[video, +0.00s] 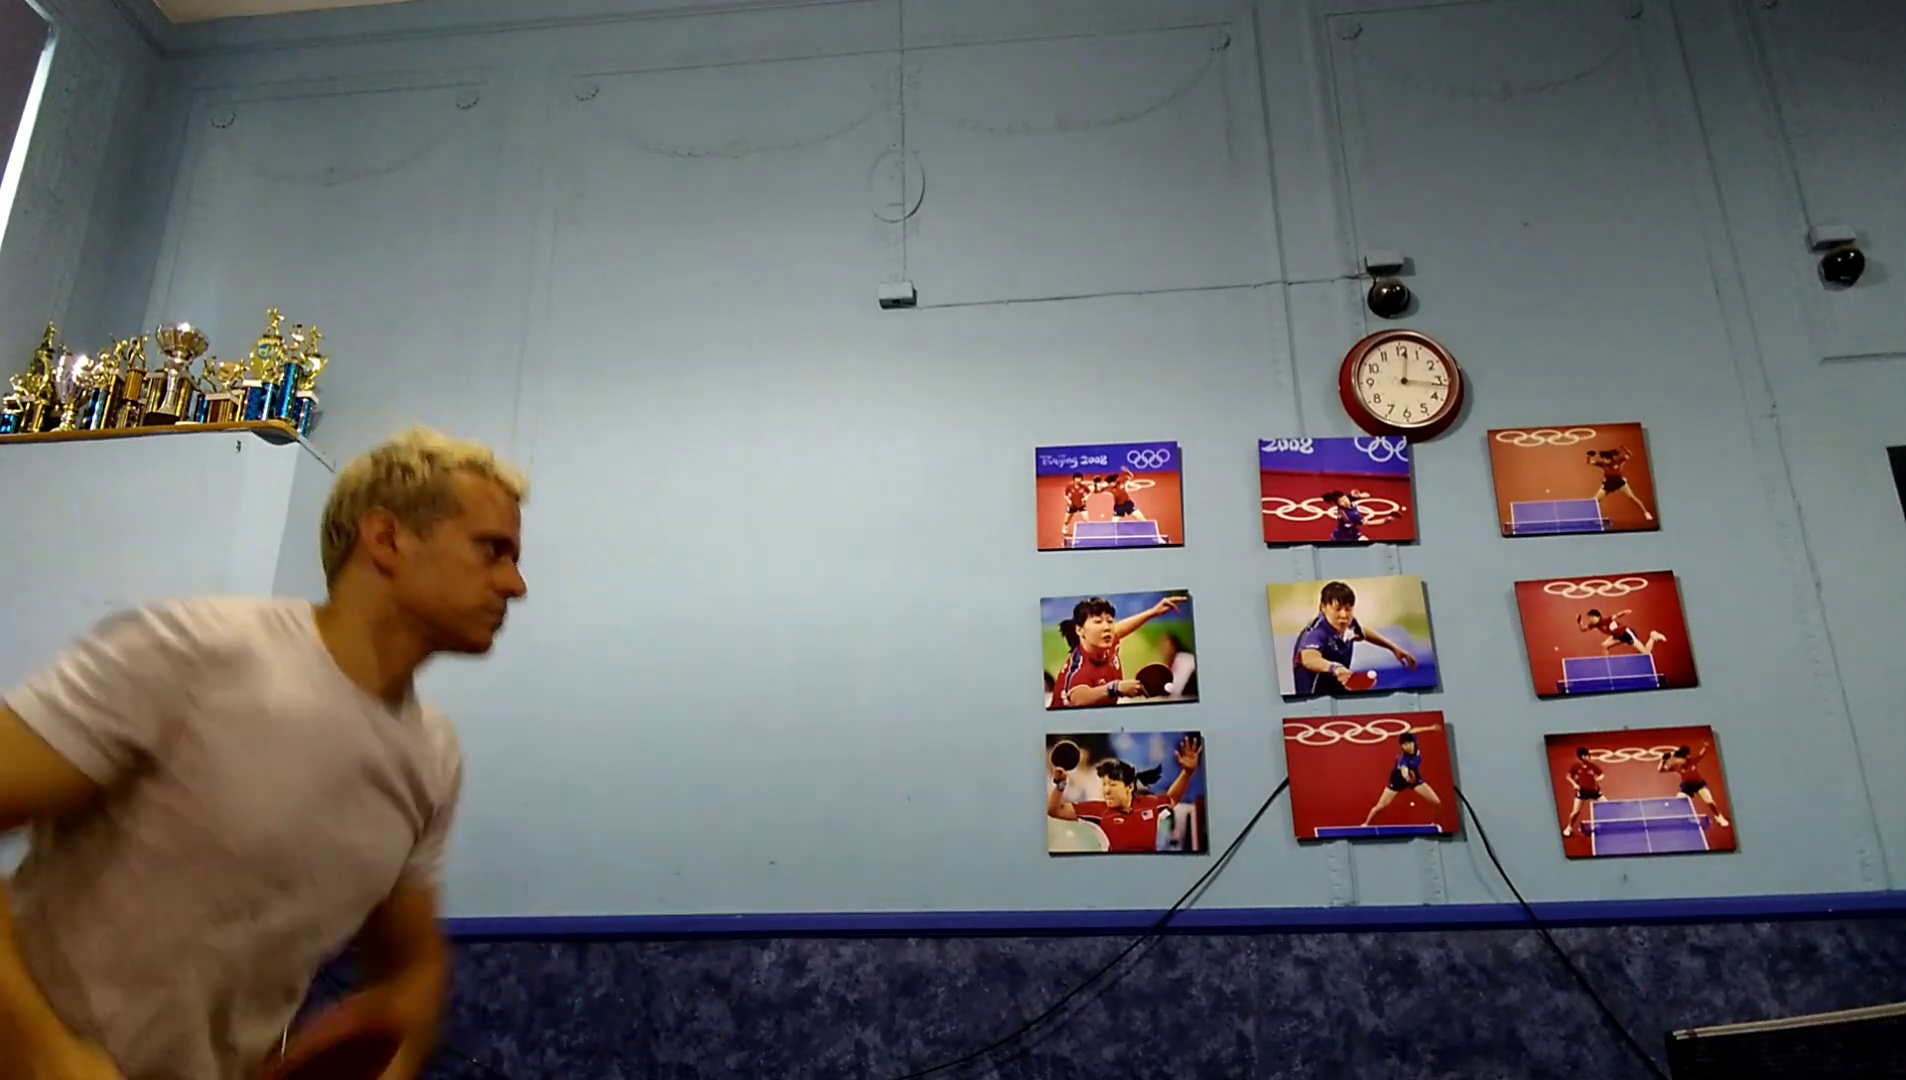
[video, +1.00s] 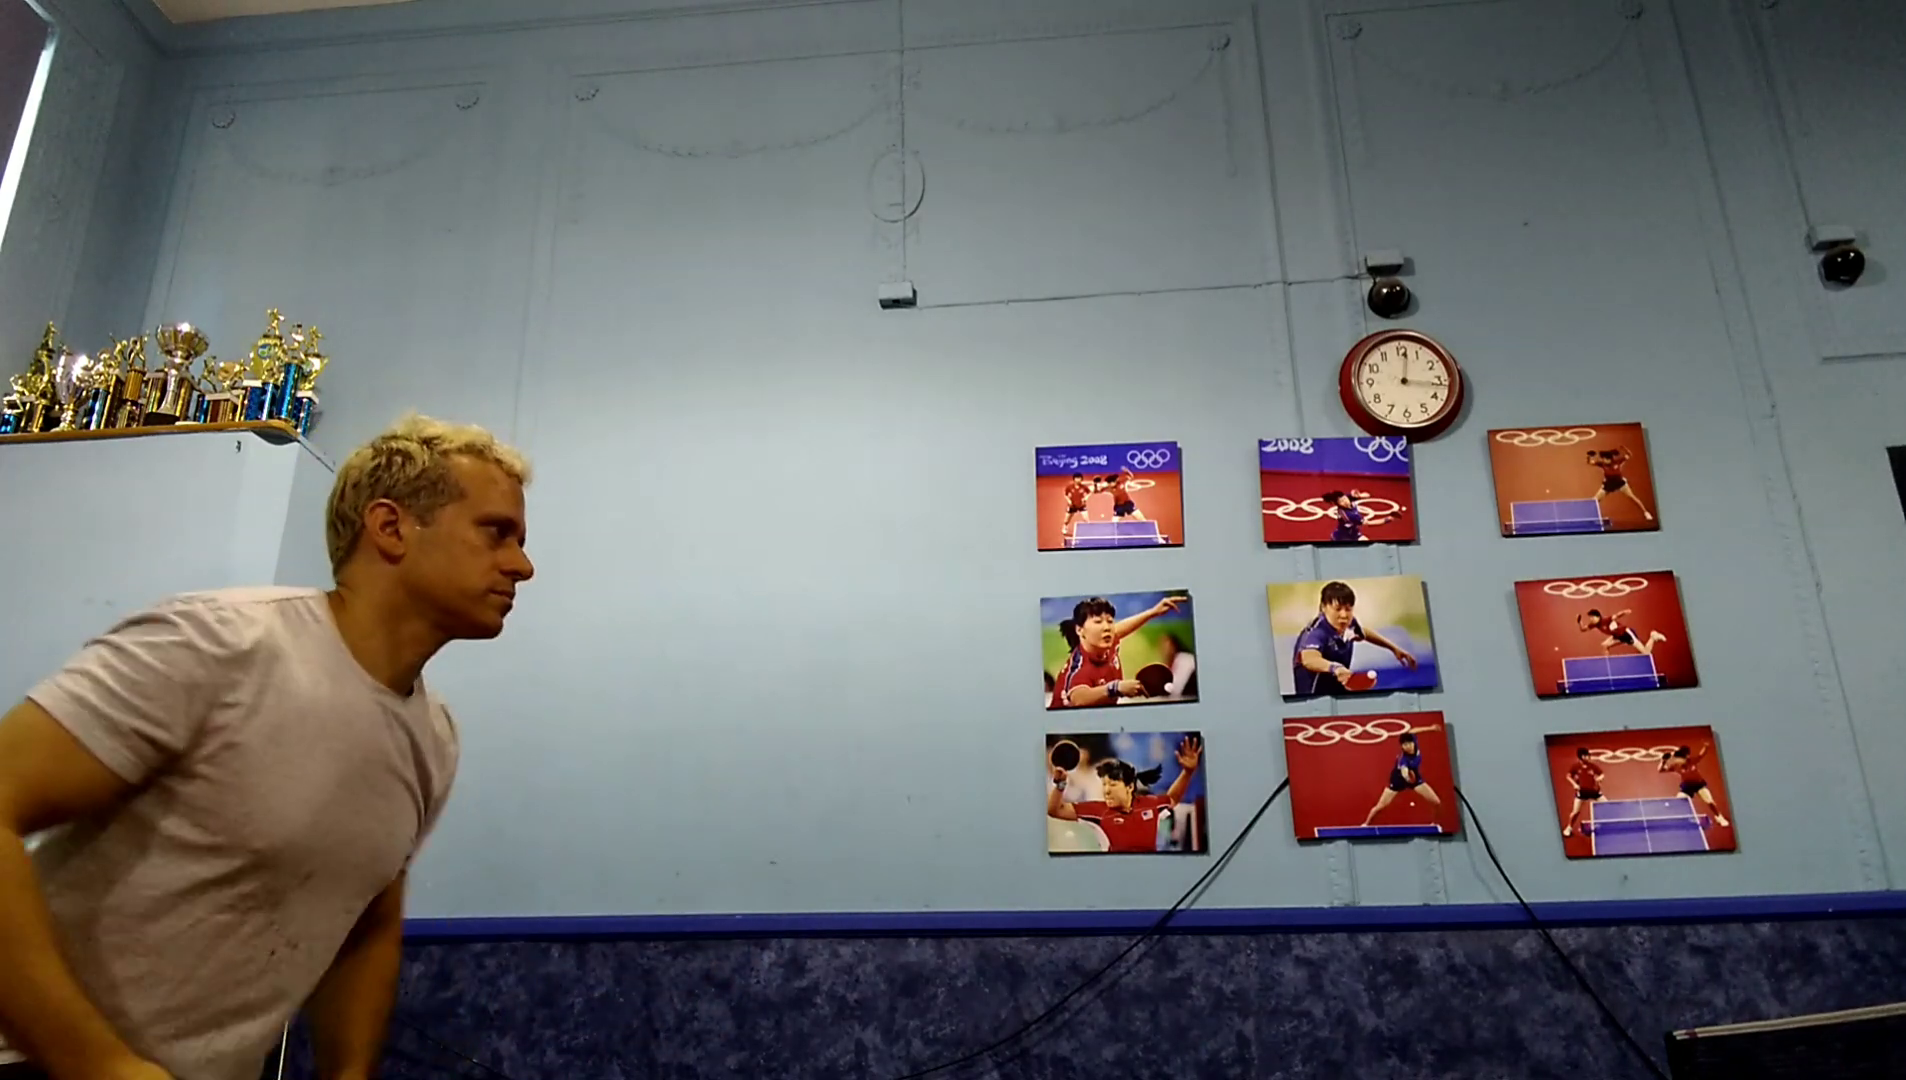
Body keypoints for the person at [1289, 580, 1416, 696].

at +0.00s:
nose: (1344, 615)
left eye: (1348, 609)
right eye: (1338, 609)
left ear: (1353, 609)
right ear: (1324, 608)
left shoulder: (1349, 624)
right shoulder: (1315, 632)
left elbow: (1364, 634)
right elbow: (1309, 660)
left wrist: (1395, 649)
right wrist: (1335, 668)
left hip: (1341, 705)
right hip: (1314, 708)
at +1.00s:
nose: (1344, 615)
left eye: (1348, 609)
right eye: (1338, 609)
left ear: (1353, 609)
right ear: (1324, 608)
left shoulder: (1349, 624)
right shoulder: (1315, 632)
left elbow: (1364, 634)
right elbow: (1309, 660)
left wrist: (1395, 649)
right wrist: (1335, 668)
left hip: (1341, 705)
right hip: (1314, 708)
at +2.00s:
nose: (1344, 615)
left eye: (1348, 609)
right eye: (1338, 609)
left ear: (1353, 609)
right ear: (1324, 608)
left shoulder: (1349, 624)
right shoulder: (1315, 633)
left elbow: (1364, 634)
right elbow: (1309, 660)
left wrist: (1395, 649)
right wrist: (1335, 668)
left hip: (1341, 705)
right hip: (1314, 708)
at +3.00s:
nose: (1344, 615)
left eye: (1348, 609)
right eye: (1338, 609)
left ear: (1353, 609)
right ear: (1324, 608)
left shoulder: (1349, 624)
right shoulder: (1316, 633)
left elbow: (1364, 634)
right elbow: (1309, 660)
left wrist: (1395, 649)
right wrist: (1335, 668)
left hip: (1341, 704)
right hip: (1314, 708)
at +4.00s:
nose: (1344, 615)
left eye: (1348, 609)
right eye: (1338, 609)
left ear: (1353, 609)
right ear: (1324, 608)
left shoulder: (1349, 624)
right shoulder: (1315, 632)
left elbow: (1364, 634)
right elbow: (1309, 660)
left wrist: (1395, 649)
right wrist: (1335, 668)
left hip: (1341, 704)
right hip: (1314, 708)